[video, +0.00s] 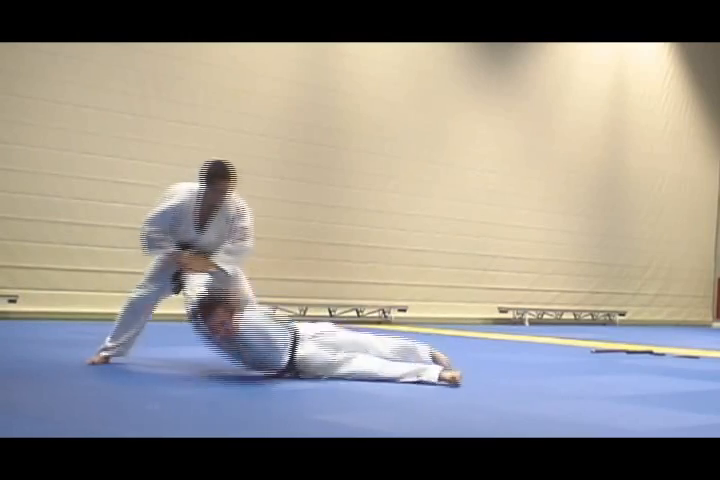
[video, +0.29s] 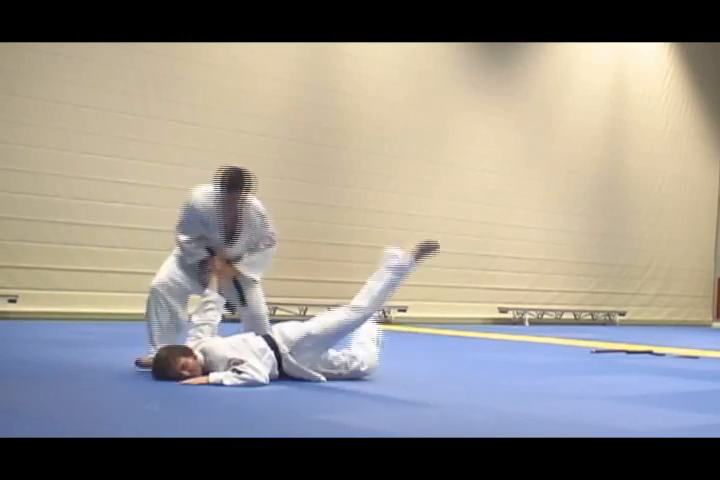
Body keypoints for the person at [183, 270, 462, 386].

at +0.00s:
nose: (219, 327)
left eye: (222, 319)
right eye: (211, 323)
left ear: (231, 312)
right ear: (205, 325)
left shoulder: (251, 322)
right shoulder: (218, 339)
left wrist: (238, 325)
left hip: (308, 340)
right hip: (298, 360)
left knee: (369, 345)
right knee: (365, 366)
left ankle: (428, 356)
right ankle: (431, 373)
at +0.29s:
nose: (190, 373)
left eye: (186, 368)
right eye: (182, 374)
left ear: (190, 353)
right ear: (180, 371)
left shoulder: (218, 351)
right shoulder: (199, 346)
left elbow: (257, 377)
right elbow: (209, 308)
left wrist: (211, 379)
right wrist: (218, 274)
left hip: (287, 341)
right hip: (291, 366)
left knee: (360, 309)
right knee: (363, 365)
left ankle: (405, 261)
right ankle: (372, 320)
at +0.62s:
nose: (190, 372)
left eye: (188, 366)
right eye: (183, 373)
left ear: (190, 355)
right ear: (177, 374)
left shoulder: (216, 352)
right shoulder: (199, 356)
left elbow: (260, 376)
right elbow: (173, 359)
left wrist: (212, 378)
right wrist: (156, 368)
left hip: (282, 342)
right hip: (279, 356)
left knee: (314, 373)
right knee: (335, 360)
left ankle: (392, 370)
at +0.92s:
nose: (190, 374)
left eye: (188, 367)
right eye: (182, 374)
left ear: (192, 356)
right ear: (179, 373)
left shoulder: (216, 351)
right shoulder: (199, 358)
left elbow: (259, 374)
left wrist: (216, 381)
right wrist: (157, 369)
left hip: (283, 345)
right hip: (281, 352)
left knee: (316, 372)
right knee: (351, 365)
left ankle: (398, 380)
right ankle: (425, 369)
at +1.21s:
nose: (189, 374)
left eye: (187, 367)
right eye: (182, 374)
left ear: (191, 355)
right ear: (178, 372)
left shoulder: (217, 349)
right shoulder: (196, 358)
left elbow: (260, 375)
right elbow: (176, 359)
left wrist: (216, 379)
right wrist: (156, 369)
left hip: (282, 346)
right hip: (280, 352)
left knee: (315, 373)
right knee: (352, 365)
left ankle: (399, 382)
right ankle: (427, 368)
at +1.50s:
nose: (188, 374)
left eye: (185, 368)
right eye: (181, 374)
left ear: (189, 357)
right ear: (180, 368)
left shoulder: (215, 353)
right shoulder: (201, 356)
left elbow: (259, 374)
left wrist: (214, 378)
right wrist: (159, 369)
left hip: (281, 348)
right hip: (281, 352)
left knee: (314, 373)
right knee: (353, 363)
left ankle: (397, 381)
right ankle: (428, 368)